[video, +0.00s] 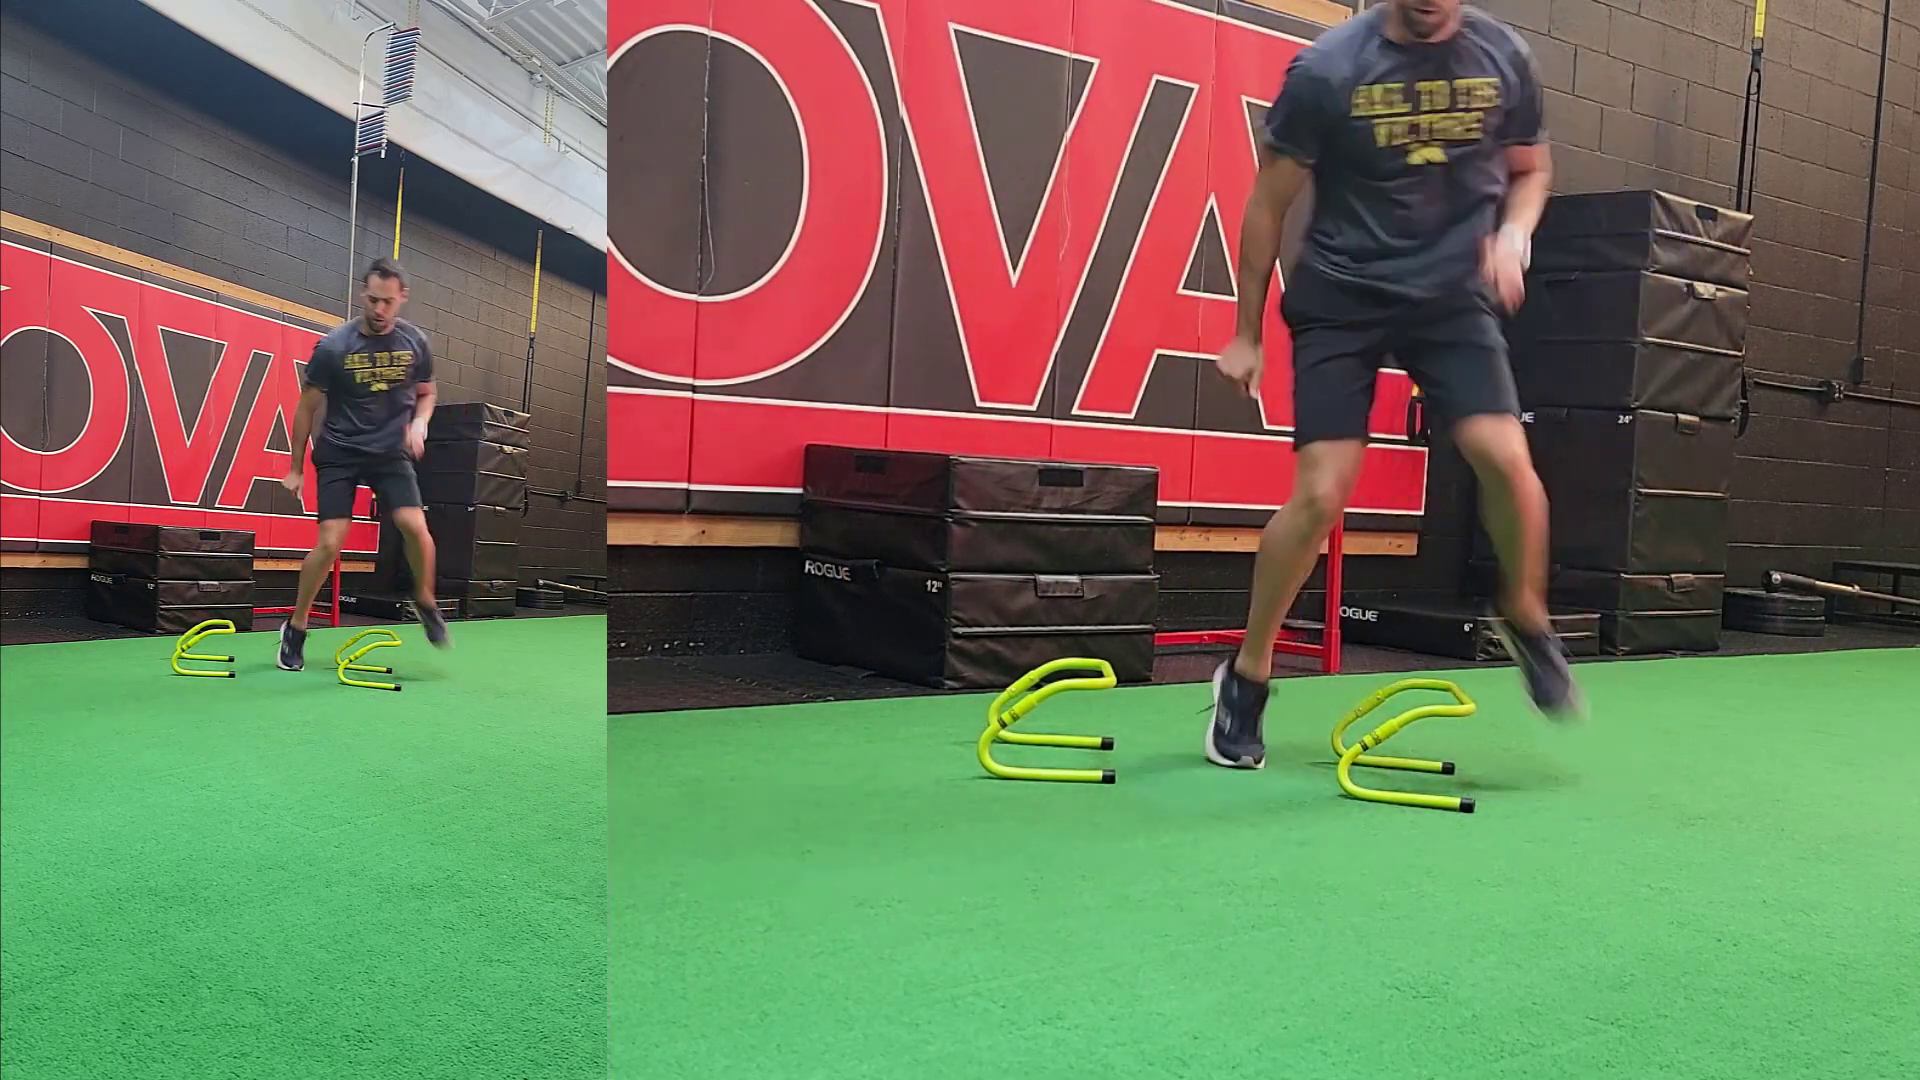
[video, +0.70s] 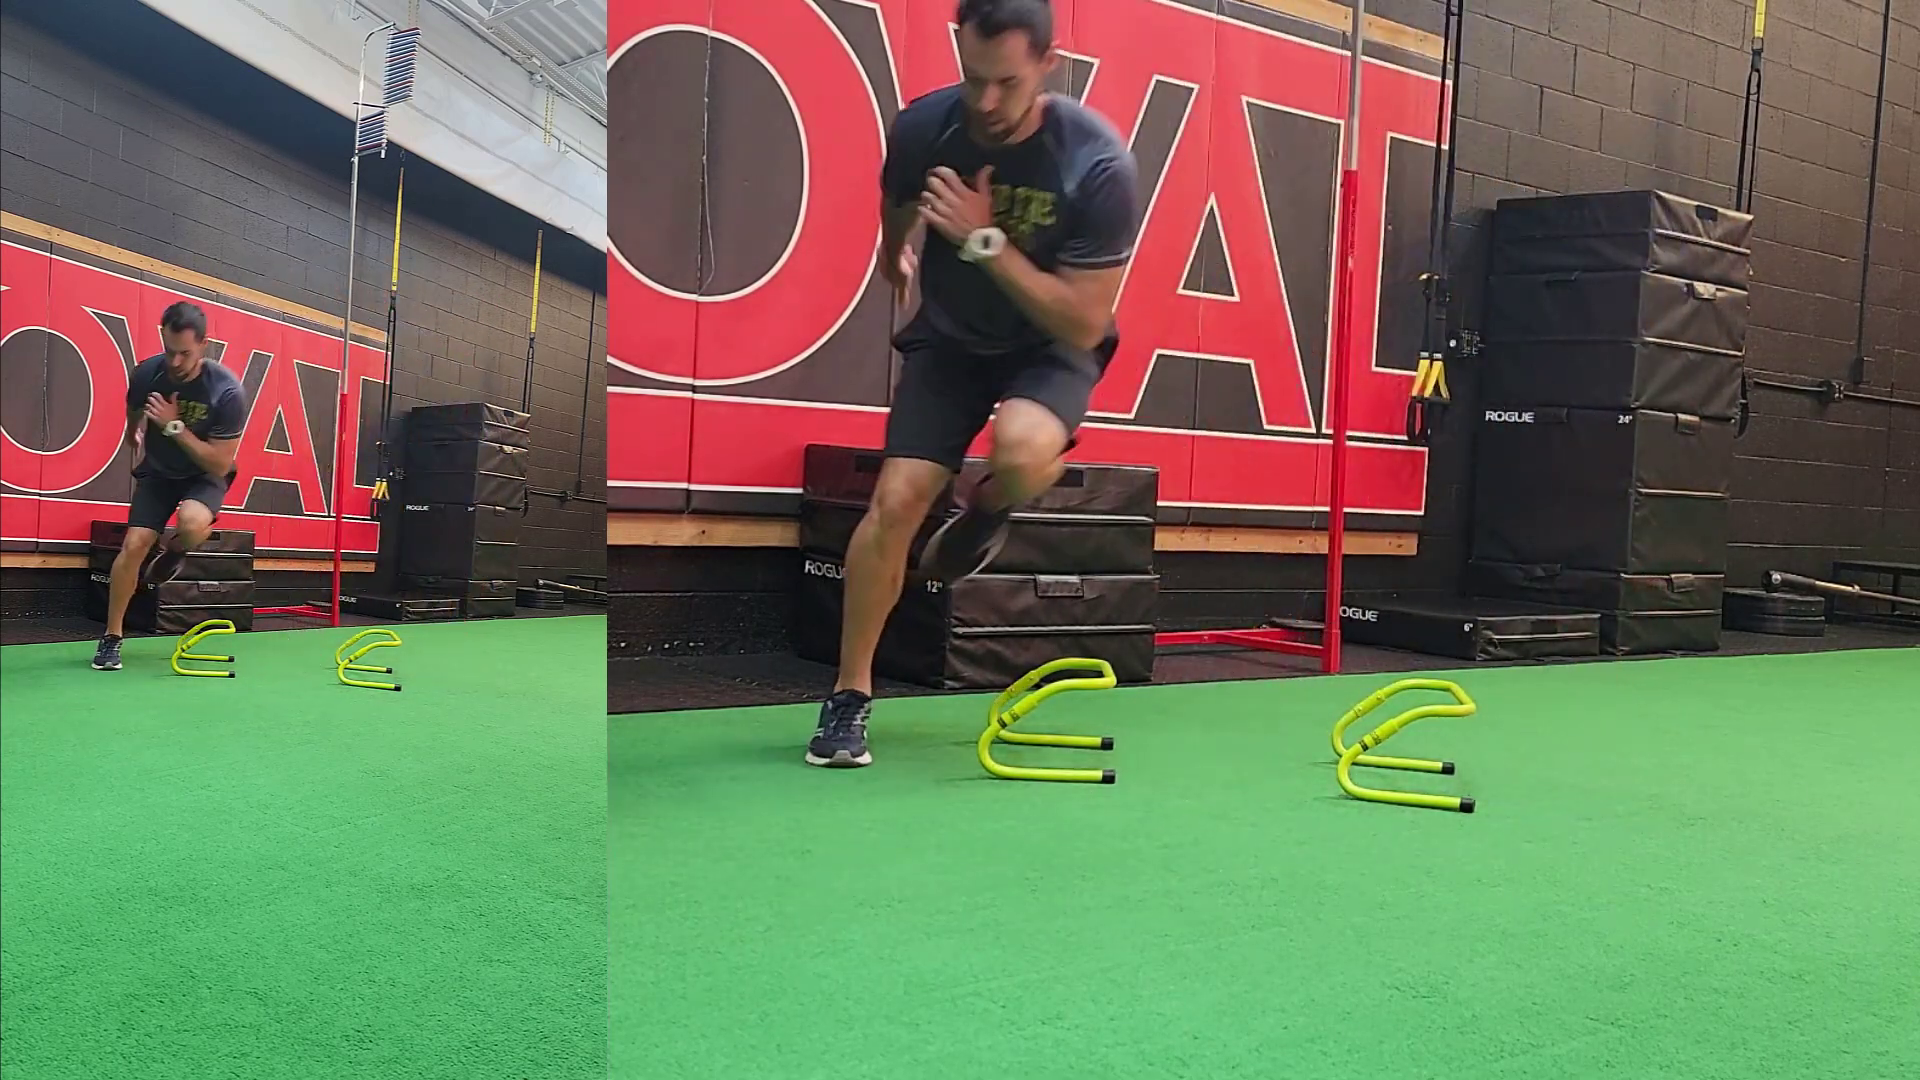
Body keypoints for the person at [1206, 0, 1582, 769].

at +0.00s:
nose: (1432, 5)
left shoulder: (1503, 56)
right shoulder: (1326, 69)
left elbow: (1531, 169)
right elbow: (1269, 200)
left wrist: (1513, 234)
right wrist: (1245, 333)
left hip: (1453, 299)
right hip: (1340, 300)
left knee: (1507, 460)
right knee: (1321, 496)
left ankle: (1526, 617)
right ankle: (1249, 677)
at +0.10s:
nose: (1363, 13)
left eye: (1377, 6)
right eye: (1349, 7)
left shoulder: (1443, 68)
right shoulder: (1267, 75)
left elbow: (1475, 166)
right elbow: (1219, 204)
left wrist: (1484, 278)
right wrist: (1270, 279)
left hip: (1397, 280)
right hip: (1292, 282)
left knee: (1418, 387)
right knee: (1279, 511)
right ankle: (1236, 694)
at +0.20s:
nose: (1325, 4)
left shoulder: (1400, 40)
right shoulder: (1215, 37)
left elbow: (1427, 137)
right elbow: (1169, 159)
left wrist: (1422, 248)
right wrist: (1225, 192)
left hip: (1335, 266)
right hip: (1230, 269)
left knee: (1327, 419)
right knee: (1226, 460)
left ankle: (1303, 629)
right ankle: (1222, 657)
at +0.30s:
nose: (1252, 9)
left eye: (1265, 3)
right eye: (1238, 2)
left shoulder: (1340, 57)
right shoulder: (1159, 41)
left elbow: (1363, 180)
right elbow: (1119, 155)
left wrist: (1352, 297)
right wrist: (1114, 248)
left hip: (1280, 287)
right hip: (1176, 274)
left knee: (1259, 486)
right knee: (1141, 408)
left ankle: (1272, 705)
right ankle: (1177, 505)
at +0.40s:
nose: (1191, 8)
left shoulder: (1290, 69)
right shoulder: (1111, 54)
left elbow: (1328, 198)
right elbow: (1066, 155)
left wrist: (1313, 325)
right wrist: (1063, 225)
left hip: (1231, 305)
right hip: (1124, 279)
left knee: (1235, 504)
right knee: (1053, 391)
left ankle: (1266, 712)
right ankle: (1071, 479)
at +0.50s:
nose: (1127, 11)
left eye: (1143, 3)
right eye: (1114, 2)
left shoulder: (1224, 62)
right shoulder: (1043, 46)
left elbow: (1283, 185)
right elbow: (1008, 150)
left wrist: (1273, 314)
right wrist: (1020, 216)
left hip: (1172, 281)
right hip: (1066, 270)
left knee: (1175, 450)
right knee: (988, 437)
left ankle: (1225, 632)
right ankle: (911, 614)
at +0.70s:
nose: (985, 101)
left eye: (1005, 83)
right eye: (972, 79)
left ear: (1047, 67)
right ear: (958, 57)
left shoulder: (1099, 166)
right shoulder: (919, 131)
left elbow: (1085, 324)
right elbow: (902, 203)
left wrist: (983, 237)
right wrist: (893, 255)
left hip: (1053, 348)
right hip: (950, 337)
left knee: (1024, 456)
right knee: (897, 500)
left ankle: (980, 516)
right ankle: (850, 693)